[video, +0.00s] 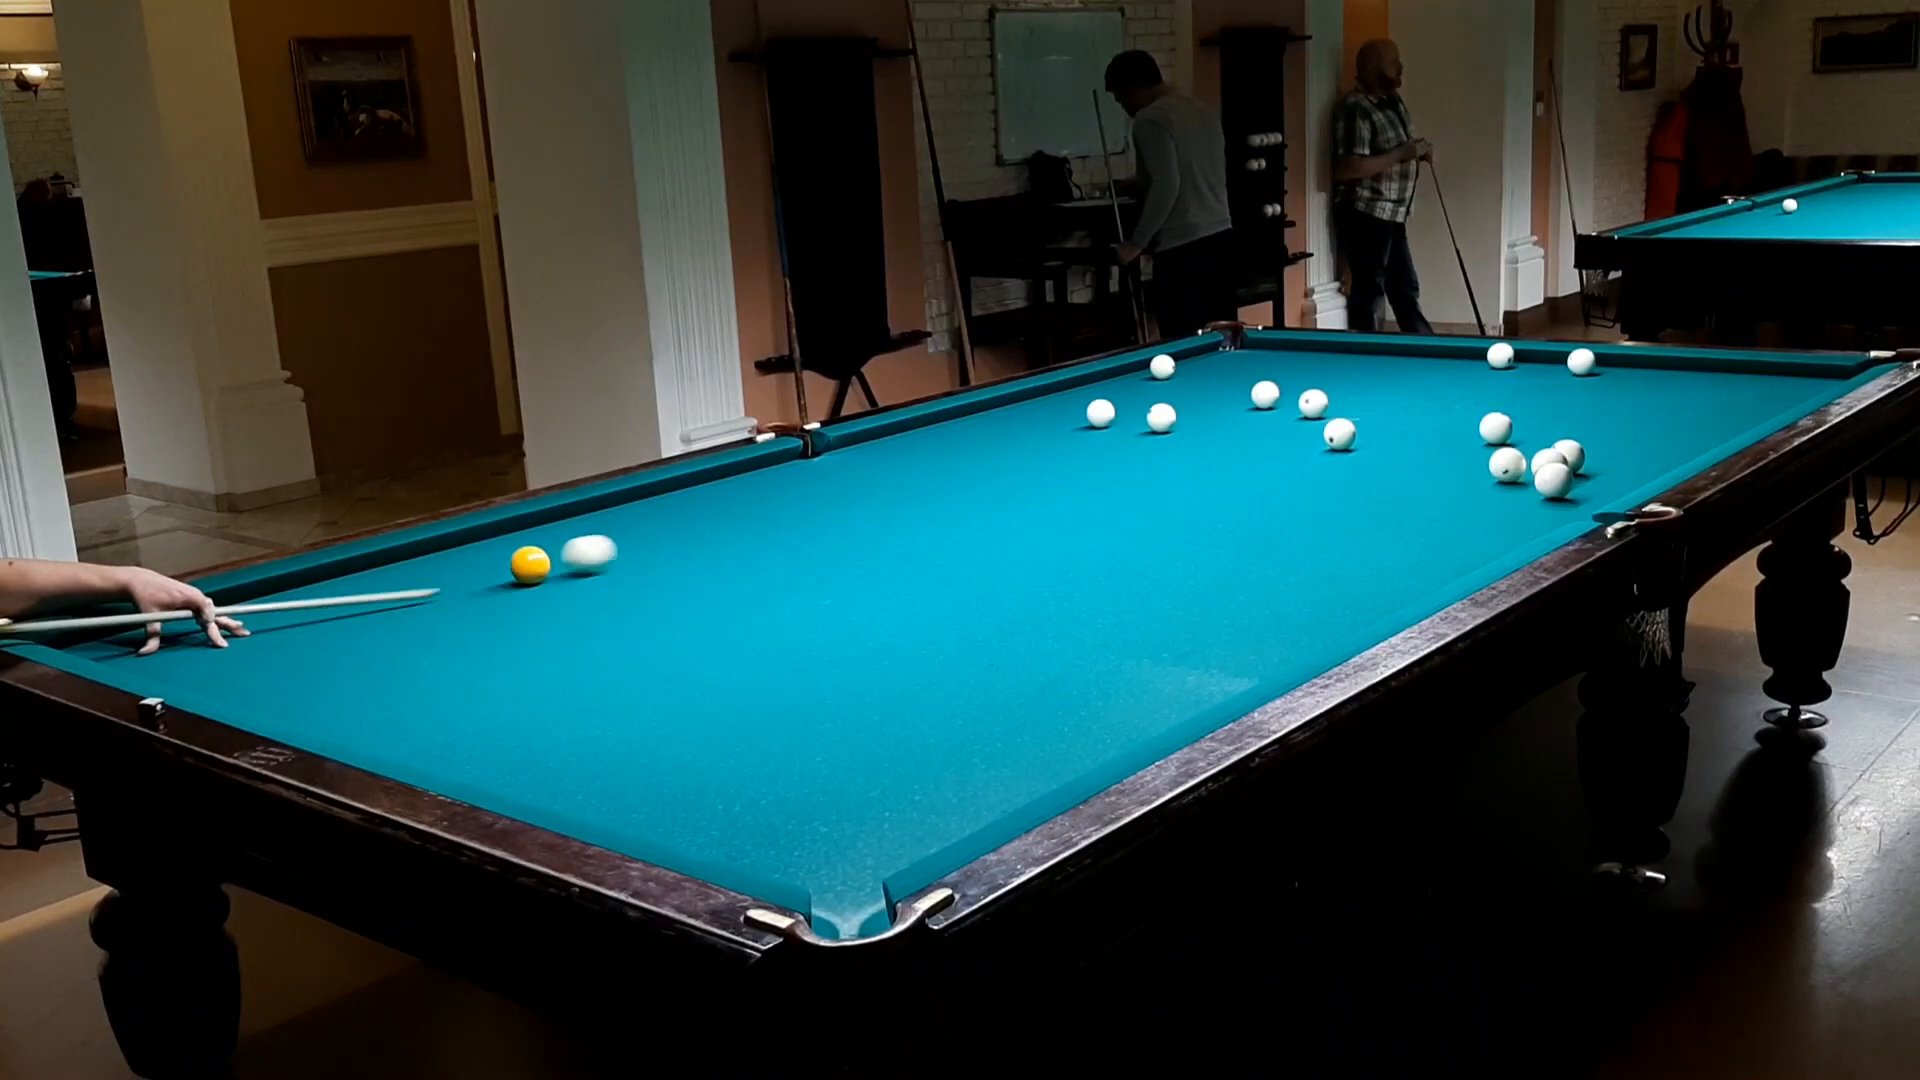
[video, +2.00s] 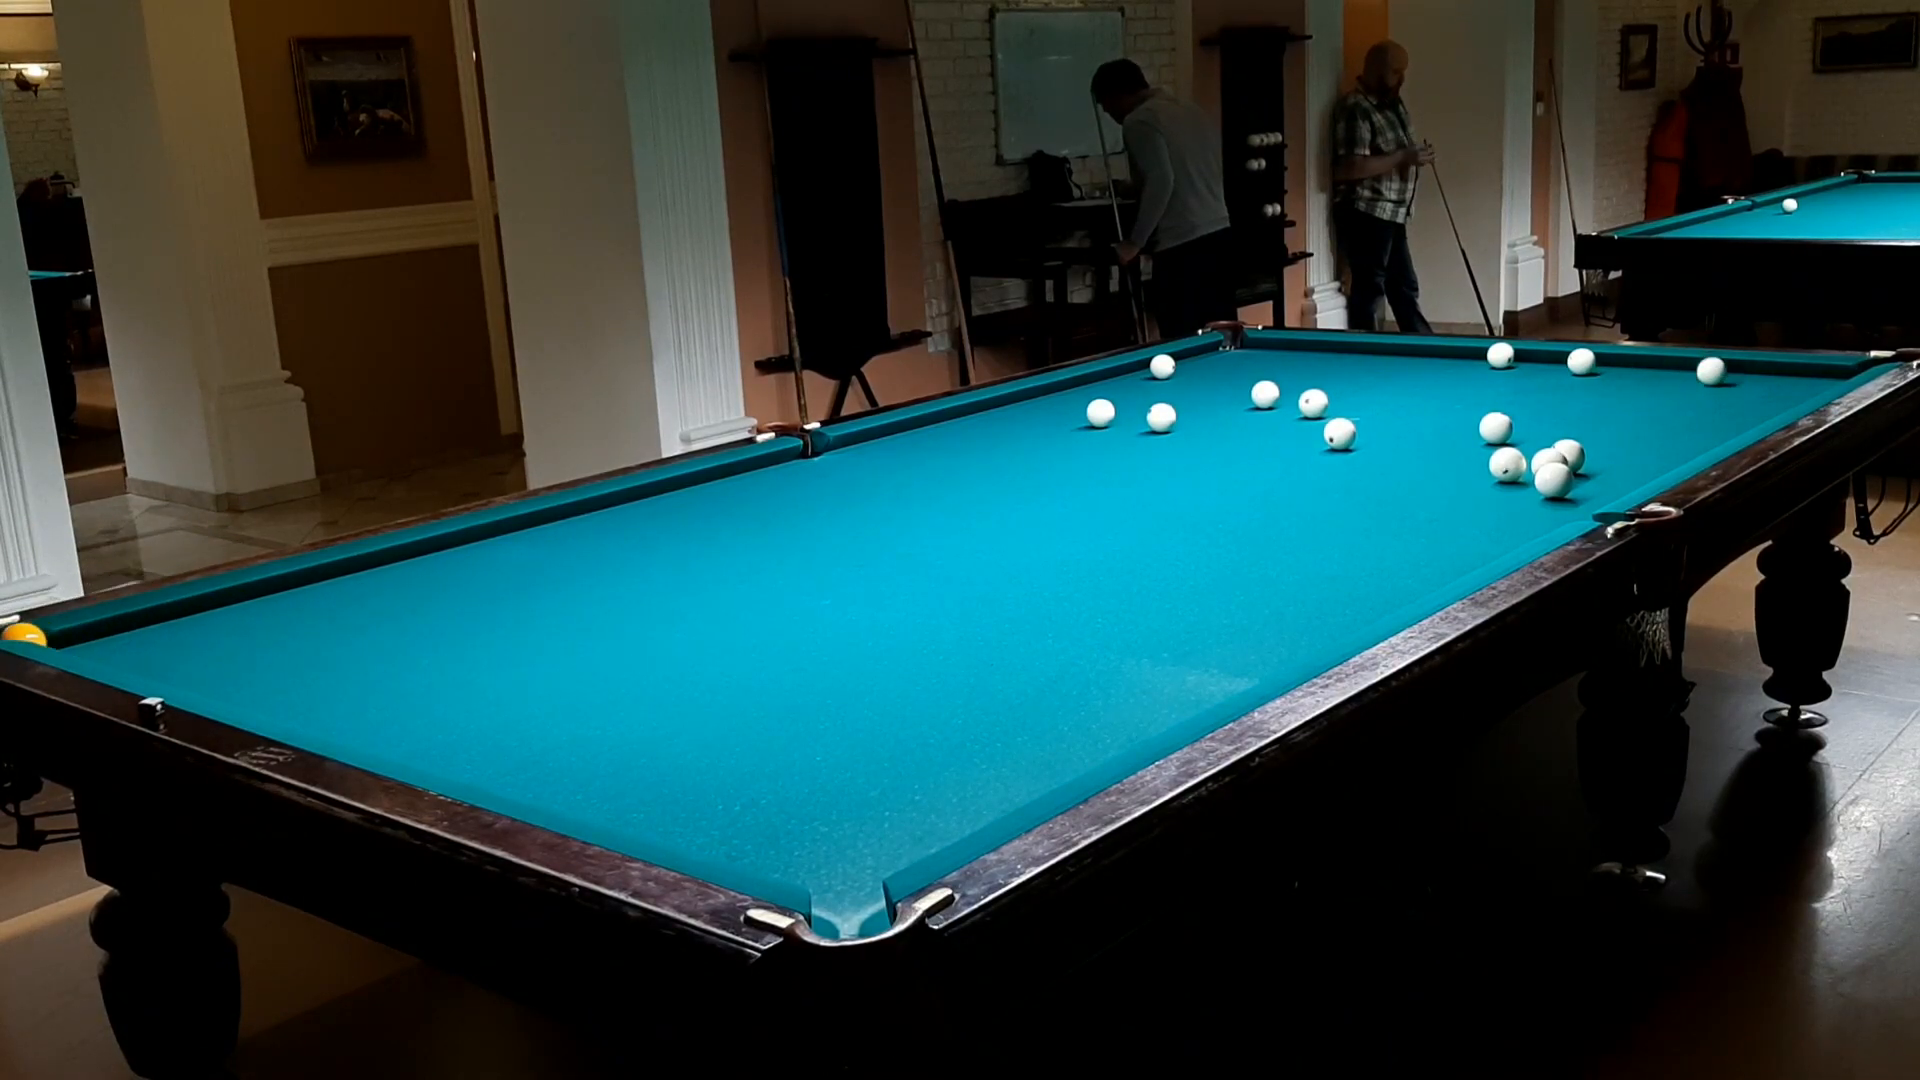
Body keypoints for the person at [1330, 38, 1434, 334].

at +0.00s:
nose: (1401, 71)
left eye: (1400, 64)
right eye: (1394, 65)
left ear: (1381, 69)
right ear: (1373, 68)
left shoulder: (1394, 103)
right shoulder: (1354, 108)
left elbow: (1388, 154)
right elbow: (1348, 168)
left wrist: (1416, 153)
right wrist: (1400, 154)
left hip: (1390, 217)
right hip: (1363, 217)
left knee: (1405, 290)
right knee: (1366, 293)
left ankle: (1426, 353)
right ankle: (1364, 360)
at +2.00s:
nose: (1401, 80)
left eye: (1403, 73)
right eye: (1396, 72)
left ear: (1401, 72)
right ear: (1377, 70)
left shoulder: (1393, 104)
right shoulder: (1355, 107)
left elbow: (1389, 155)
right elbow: (1351, 167)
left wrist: (1414, 156)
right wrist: (1402, 157)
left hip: (1390, 216)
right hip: (1363, 215)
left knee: (1404, 289)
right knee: (1367, 291)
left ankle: (1425, 352)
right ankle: (1363, 358)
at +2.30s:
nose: (1402, 79)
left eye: (1403, 72)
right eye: (1396, 72)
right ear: (1375, 70)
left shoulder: (1393, 104)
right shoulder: (1354, 107)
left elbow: (1389, 156)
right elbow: (1352, 167)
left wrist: (1417, 156)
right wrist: (1402, 152)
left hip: (1390, 217)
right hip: (1363, 216)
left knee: (1404, 289)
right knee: (1366, 292)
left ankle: (1426, 353)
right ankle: (1363, 359)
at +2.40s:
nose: (1402, 79)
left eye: (1403, 72)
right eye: (1395, 72)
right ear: (1376, 70)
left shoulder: (1393, 104)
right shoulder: (1354, 107)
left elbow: (1389, 157)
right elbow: (1352, 167)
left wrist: (1417, 156)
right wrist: (1402, 151)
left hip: (1390, 217)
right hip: (1363, 216)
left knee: (1404, 290)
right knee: (1366, 292)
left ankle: (1426, 353)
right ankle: (1363, 360)